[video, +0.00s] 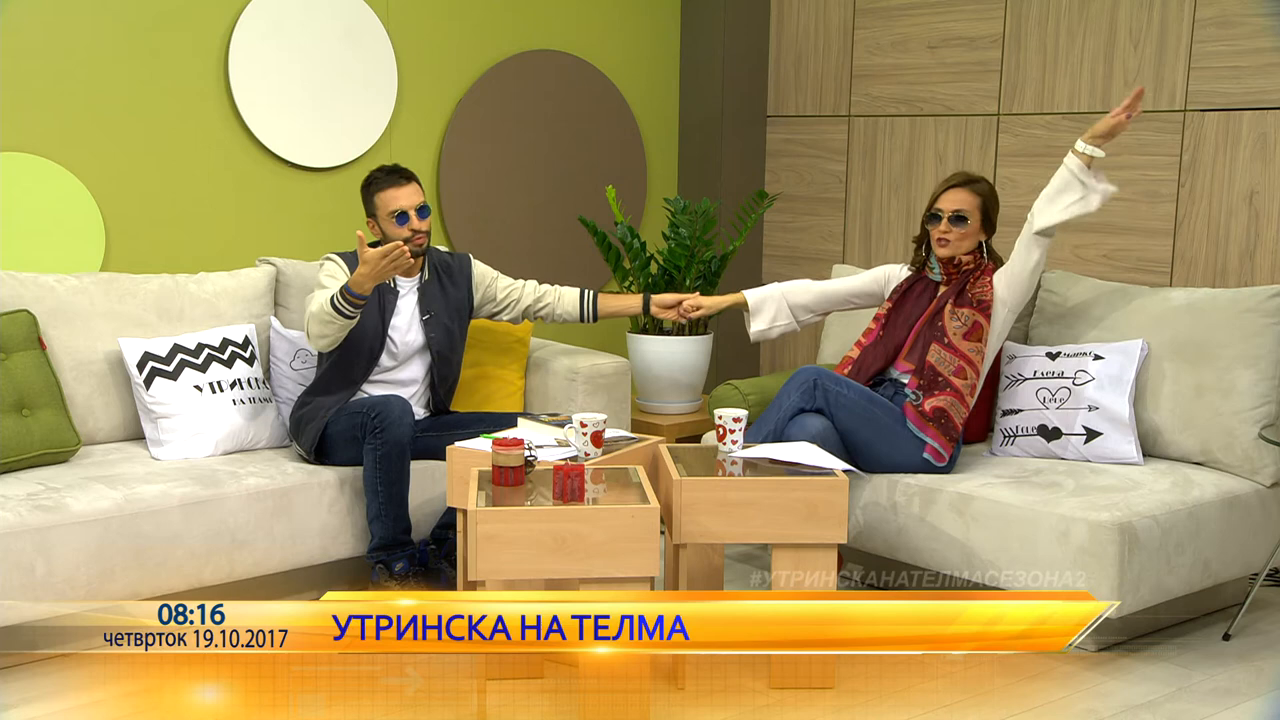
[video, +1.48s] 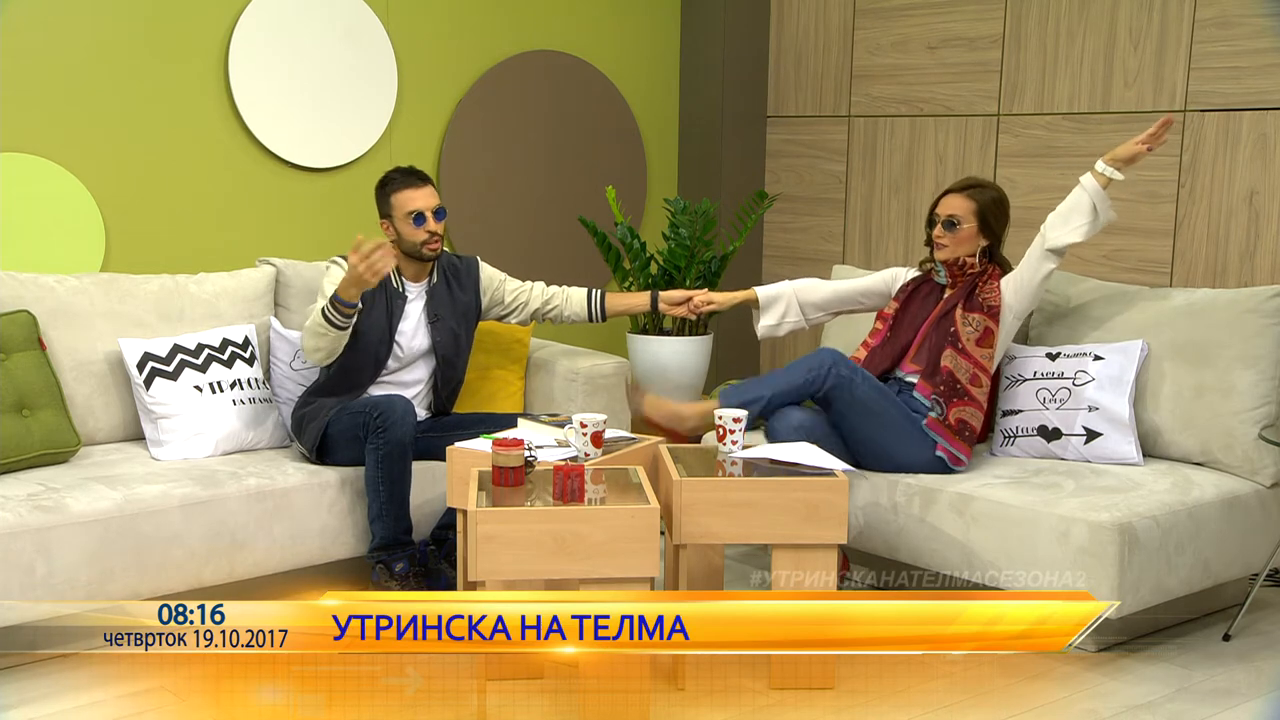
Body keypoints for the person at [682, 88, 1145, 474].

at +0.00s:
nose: (943, 229)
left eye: (959, 220)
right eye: (937, 218)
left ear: (985, 232)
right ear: (927, 225)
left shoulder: (999, 292)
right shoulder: (905, 279)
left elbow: (1039, 230)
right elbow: (819, 294)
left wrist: (1089, 146)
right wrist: (724, 301)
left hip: (924, 434)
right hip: (864, 414)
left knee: (812, 379)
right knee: (808, 433)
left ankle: (738, 463)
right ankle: (802, 570)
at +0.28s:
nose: (948, 230)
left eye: (964, 220)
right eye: (941, 219)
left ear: (990, 232)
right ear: (930, 227)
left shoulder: (1000, 295)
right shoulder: (907, 282)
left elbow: (1047, 239)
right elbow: (822, 289)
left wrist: (1102, 160)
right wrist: (726, 296)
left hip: (924, 434)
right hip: (867, 417)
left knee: (814, 379)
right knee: (806, 431)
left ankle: (732, 463)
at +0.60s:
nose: (947, 230)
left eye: (962, 221)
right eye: (941, 220)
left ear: (992, 233)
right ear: (931, 229)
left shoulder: (1002, 297)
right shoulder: (909, 284)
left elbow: (1049, 242)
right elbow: (822, 291)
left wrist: (1106, 164)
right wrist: (729, 298)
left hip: (924, 433)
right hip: (868, 417)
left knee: (815, 379)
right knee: (803, 435)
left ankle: (736, 460)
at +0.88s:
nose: (940, 228)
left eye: (954, 220)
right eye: (937, 220)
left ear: (988, 231)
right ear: (933, 228)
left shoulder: (1002, 297)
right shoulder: (909, 282)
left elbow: (1050, 245)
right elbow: (823, 289)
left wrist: (1108, 167)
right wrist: (730, 296)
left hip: (924, 434)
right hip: (868, 416)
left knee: (814, 378)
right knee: (805, 430)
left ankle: (732, 466)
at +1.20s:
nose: (943, 231)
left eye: (957, 222)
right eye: (940, 222)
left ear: (992, 233)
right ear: (934, 231)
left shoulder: (1006, 297)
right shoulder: (911, 283)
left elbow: (1056, 245)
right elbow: (824, 291)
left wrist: (1115, 168)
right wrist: (730, 298)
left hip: (926, 435)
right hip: (869, 416)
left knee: (815, 376)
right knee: (807, 427)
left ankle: (730, 456)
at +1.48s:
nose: (942, 234)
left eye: (956, 225)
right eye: (937, 225)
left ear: (989, 235)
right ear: (932, 233)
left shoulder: (1003, 297)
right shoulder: (907, 283)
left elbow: (1053, 244)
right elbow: (822, 294)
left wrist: (1108, 169)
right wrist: (731, 297)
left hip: (931, 442)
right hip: (869, 423)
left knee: (831, 364)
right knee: (792, 421)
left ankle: (703, 415)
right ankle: (809, 567)